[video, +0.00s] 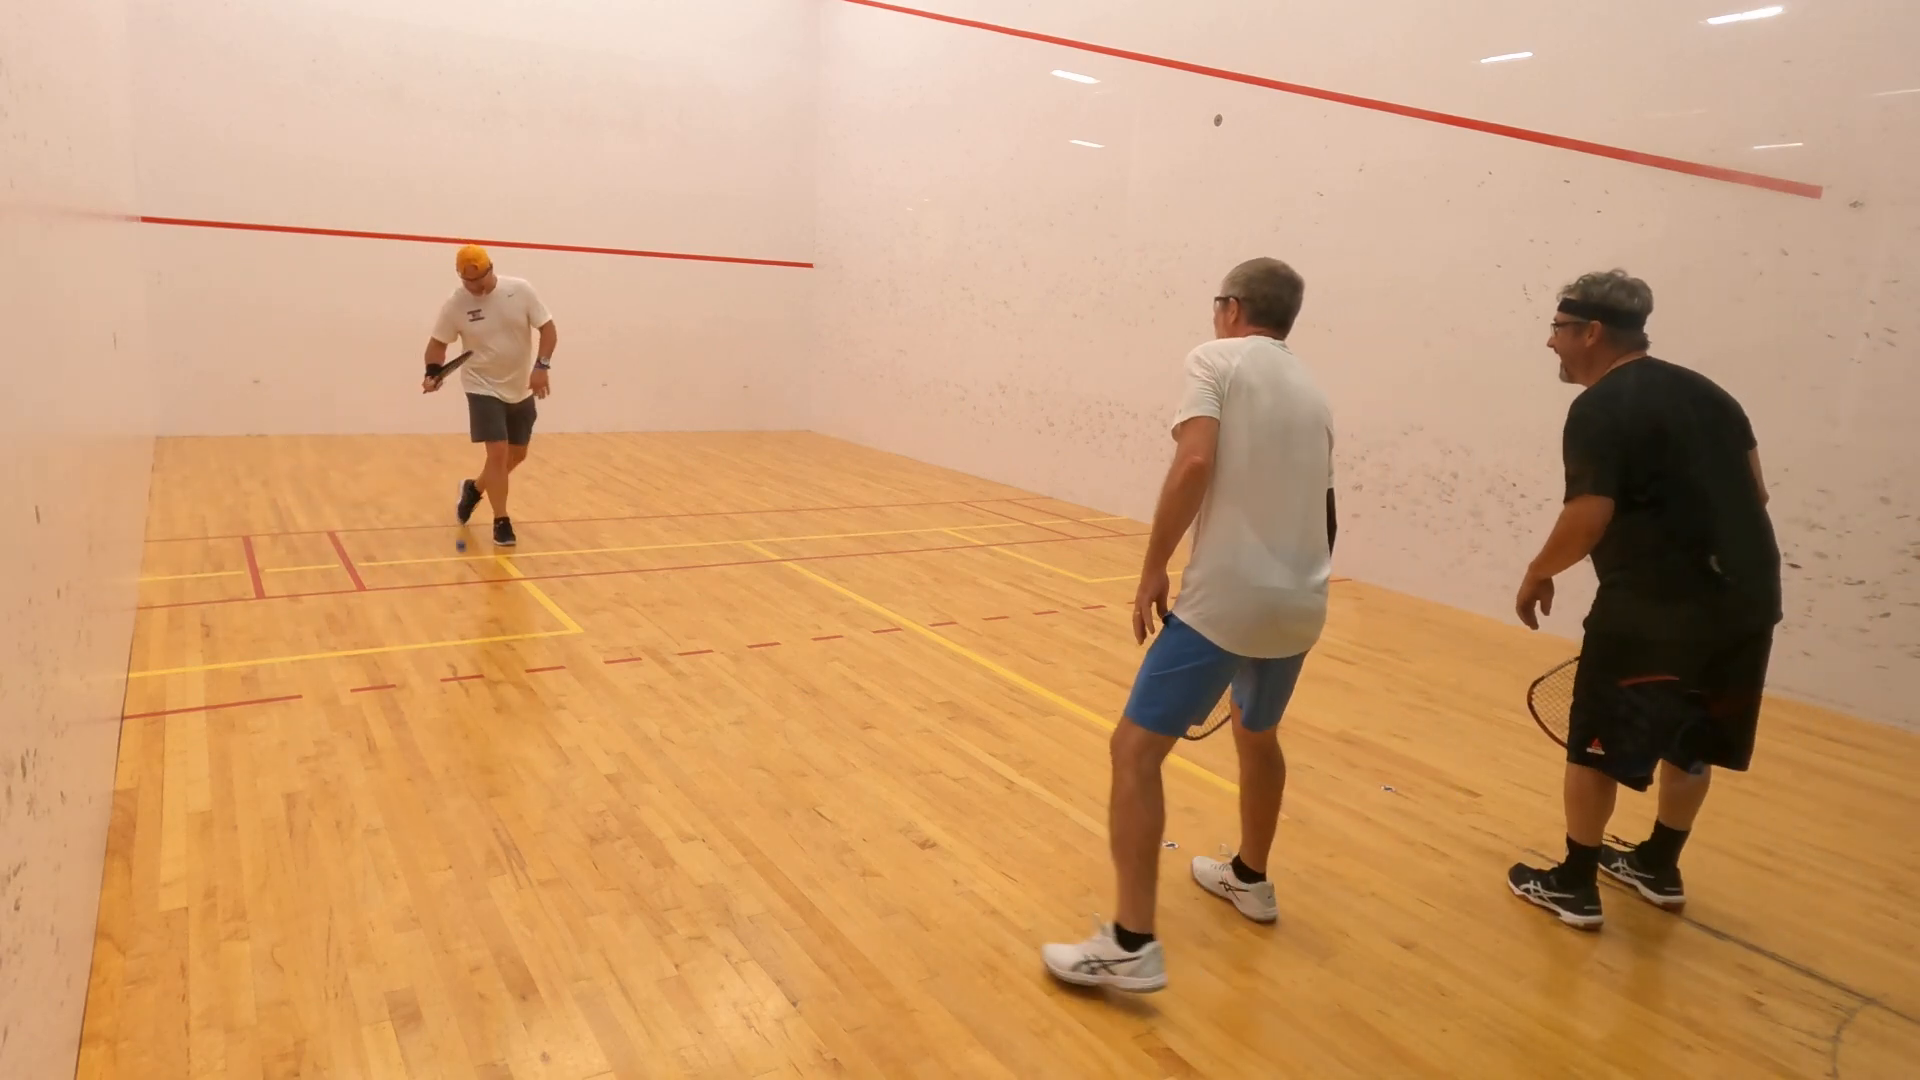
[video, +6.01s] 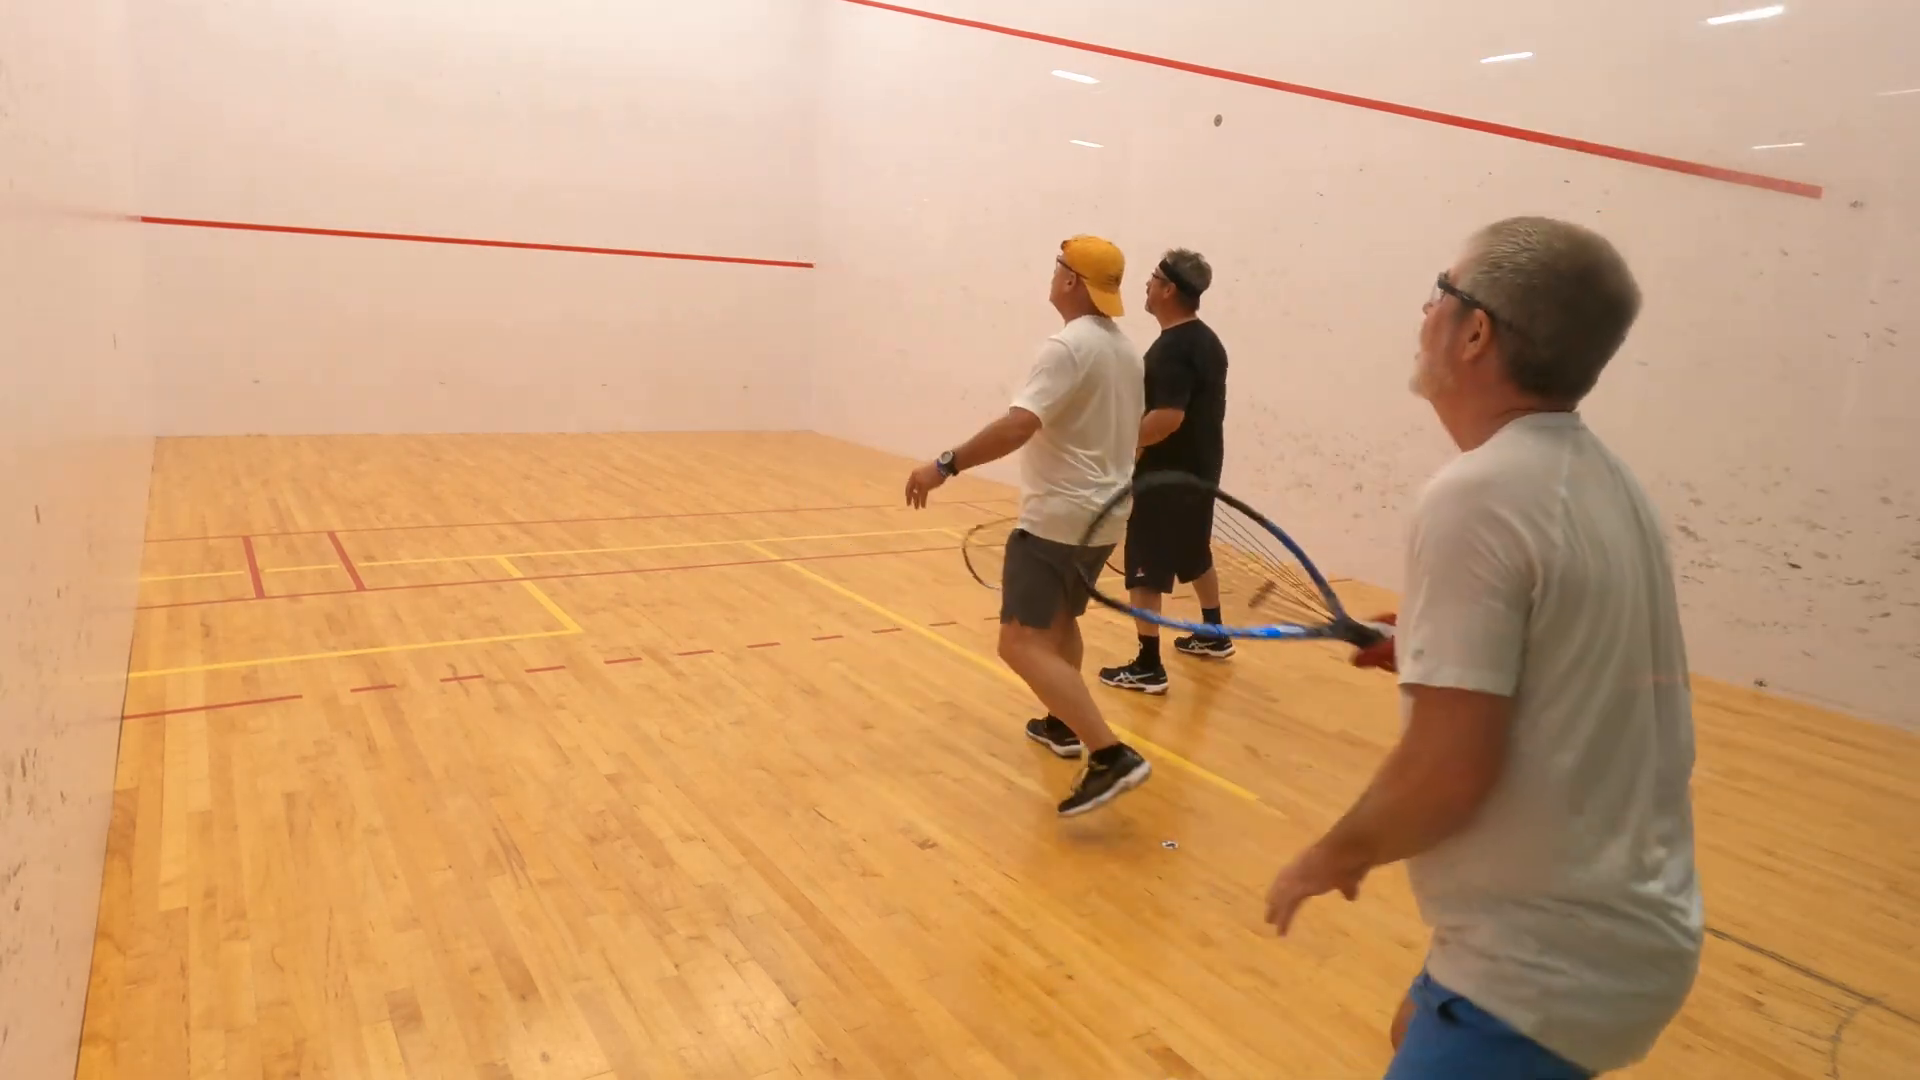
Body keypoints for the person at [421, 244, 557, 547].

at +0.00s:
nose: (474, 286)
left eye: (479, 279)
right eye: (467, 281)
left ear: (491, 269)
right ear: (460, 277)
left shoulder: (520, 291)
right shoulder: (456, 305)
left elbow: (548, 329)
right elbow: (437, 344)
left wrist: (542, 366)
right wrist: (433, 371)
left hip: (519, 386)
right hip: (482, 386)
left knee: (517, 453)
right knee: (498, 450)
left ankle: (475, 489)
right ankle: (501, 519)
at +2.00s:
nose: (644, 279)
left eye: (647, 271)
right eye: (643, 272)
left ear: (667, 267)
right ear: (664, 268)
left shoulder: (688, 300)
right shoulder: (673, 298)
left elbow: (678, 354)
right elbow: (671, 350)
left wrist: (648, 383)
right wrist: (649, 379)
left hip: (699, 394)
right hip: (677, 395)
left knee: (696, 462)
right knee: (664, 455)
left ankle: (704, 535)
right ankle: (669, 527)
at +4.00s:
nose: (764, 280)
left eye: (769, 272)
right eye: (764, 272)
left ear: (792, 273)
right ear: (799, 274)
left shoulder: (785, 316)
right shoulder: (829, 313)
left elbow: (770, 377)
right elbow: (840, 363)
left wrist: (736, 413)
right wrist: (844, 405)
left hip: (786, 426)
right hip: (820, 425)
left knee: (795, 510)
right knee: (790, 501)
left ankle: (832, 588)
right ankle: (773, 561)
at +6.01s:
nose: (1052, 277)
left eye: (1058, 270)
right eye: (1058, 268)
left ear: (1072, 282)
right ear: (1103, 287)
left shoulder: (1069, 348)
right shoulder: (1124, 350)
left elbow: (1017, 426)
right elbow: (1128, 437)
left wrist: (943, 466)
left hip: (1057, 520)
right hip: (1103, 519)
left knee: (1020, 643)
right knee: (1060, 621)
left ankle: (1110, 754)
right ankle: (1067, 721)